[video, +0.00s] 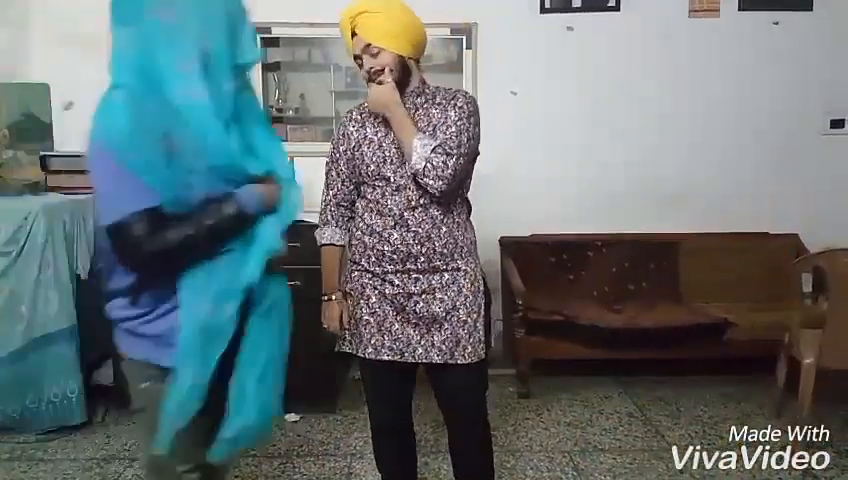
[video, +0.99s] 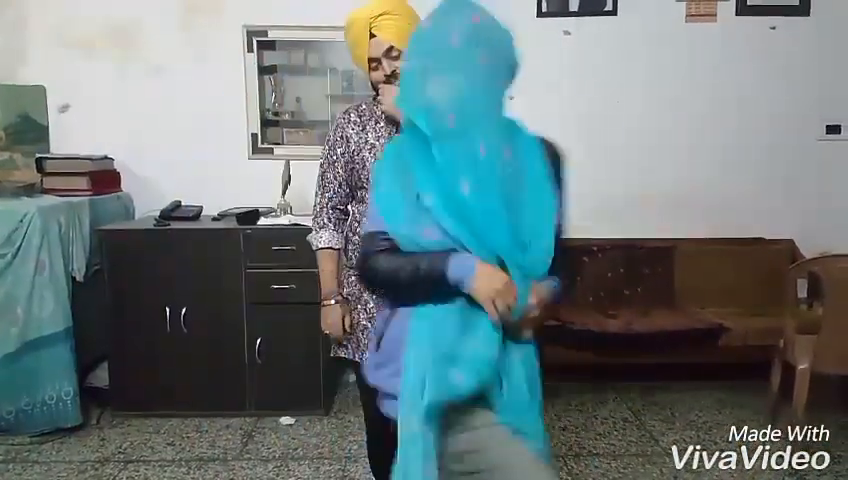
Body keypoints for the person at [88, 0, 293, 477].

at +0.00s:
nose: (233, 51)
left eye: (231, 34)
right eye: (217, 35)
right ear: (173, 36)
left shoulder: (229, 108)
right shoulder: (125, 116)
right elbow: (143, 247)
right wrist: (249, 201)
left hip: (223, 331)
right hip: (160, 340)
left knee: (214, 460)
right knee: (171, 465)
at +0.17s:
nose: (280, 75)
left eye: (280, 57)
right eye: (263, 58)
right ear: (225, 63)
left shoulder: (286, 136)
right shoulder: (185, 152)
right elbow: (194, 280)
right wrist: (298, 235)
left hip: (282, 338)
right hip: (213, 355)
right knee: (304, 460)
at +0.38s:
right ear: (279, 57)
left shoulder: (334, 136)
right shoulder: (236, 148)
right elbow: (232, 284)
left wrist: (367, 284)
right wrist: (338, 257)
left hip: (332, 345)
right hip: (261, 366)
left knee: (389, 457)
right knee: (371, 465)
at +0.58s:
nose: (381, 16)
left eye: (377, 9)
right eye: (370, 8)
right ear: (338, 11)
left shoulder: (397, 86)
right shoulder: (283, 77)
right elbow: (267, 199)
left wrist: (434, 237)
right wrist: (383, 194)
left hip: (391, 328)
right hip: (309, 331)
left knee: (380, 466)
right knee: (323, 466)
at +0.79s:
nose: (405, 40)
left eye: (419, 23)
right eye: (388, 23)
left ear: (433, 27)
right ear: (361, 26)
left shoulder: (460, 108)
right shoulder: (333, 102)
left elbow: (473, 199)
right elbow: (316, 206)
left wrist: (497, 245)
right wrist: (428, 202)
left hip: (453, 349)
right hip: (362, 348)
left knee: (455, 465)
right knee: (368, 464)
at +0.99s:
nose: (386, 70)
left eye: (395, 56)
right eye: (374, 62)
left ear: (418, 53)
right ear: (364, 68)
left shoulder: (448, 118)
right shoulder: (352, 126)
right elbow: (329, 213)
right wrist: (330, 296)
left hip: (445, 298)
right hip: (373, 302)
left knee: (444, 420)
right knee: (386, 430)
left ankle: (436, 473)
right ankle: (385, 475)